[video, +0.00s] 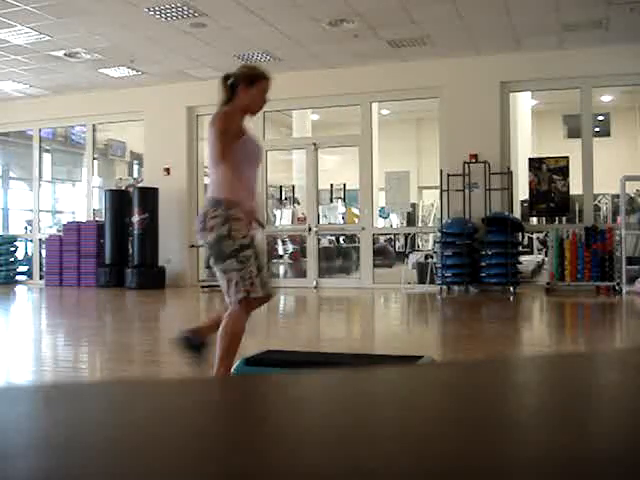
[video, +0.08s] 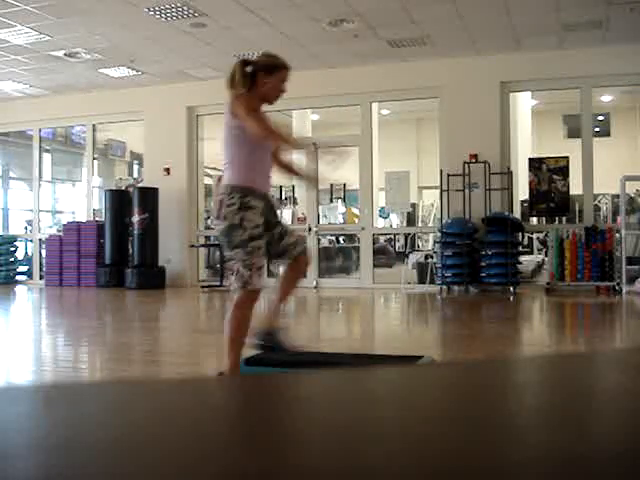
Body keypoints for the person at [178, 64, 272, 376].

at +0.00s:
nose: (265, 100)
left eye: (266, 94)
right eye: (262, 92)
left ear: (244, 91)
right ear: (244, 88)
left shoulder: (238, 124)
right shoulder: (226, 118)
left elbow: (237, 174)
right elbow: (220, 166)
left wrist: (250, 210)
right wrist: (243, 206)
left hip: (238, 215)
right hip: (223, 215)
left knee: (261, 293)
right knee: (242, 300)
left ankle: (198, 333)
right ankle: (221, 378)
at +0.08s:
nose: (282, 92)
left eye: (284, 86)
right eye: (279, 84)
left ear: (265, 83)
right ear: (261, 79)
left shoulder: (259, 115)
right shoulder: (241, 104)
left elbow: (275, 157)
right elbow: (263, 133)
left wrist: (307, 176)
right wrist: (297, 143)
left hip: (261, 204)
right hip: (240, 202)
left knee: (299, 257)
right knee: (249, 287)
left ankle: (268, 327)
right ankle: (232, 371)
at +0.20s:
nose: (308, 100)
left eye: (310, 94)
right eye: (306, 92)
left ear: (293, 91)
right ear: (288, 87)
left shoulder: (287, 131)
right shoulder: (264, 112)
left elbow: (326, 150)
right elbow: (312, 118)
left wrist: (369, 137)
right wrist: (363, 103)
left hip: (283, 212)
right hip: (258, 211)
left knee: (330, 262)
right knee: (269, 294)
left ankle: (351, 332)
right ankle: (242, 370)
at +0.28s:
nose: (322, 109)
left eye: (323, 104)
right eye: (320, 103)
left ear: (307, 99)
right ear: (302, 96)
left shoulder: (301, 142)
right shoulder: (276, 122)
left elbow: (342, 152)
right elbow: (326, 122)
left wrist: (380, 131)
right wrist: (371, 101)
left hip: (296, 223)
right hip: (270, 221)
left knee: (343, 265)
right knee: (274, 298)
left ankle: (365, 338)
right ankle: (240, 372)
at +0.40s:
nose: (347, 99)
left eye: (350, 94)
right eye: (344, 92)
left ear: (343, 91)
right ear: (326, 86)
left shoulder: (332, 123)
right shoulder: (305, 113)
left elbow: (362, 146)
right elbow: (334, 139)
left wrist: (388, 146)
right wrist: (380, 149)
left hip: (327, 208)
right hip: (299, 206)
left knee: (367, 267)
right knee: (292, 283)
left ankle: (372, 341)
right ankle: (260, 359)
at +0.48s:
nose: (353, 93)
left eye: (356, 88)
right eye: (350, 86)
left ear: (348, 87)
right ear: (332, 81)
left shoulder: (343, 122)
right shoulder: (309, 110)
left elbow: (376, 149)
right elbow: (326, 141)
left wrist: (411, 171)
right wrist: (359, 150)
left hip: (334, 205)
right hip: (305, 202)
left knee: (369, 265)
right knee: (301, 278)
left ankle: (373, 341)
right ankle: (263, 355)